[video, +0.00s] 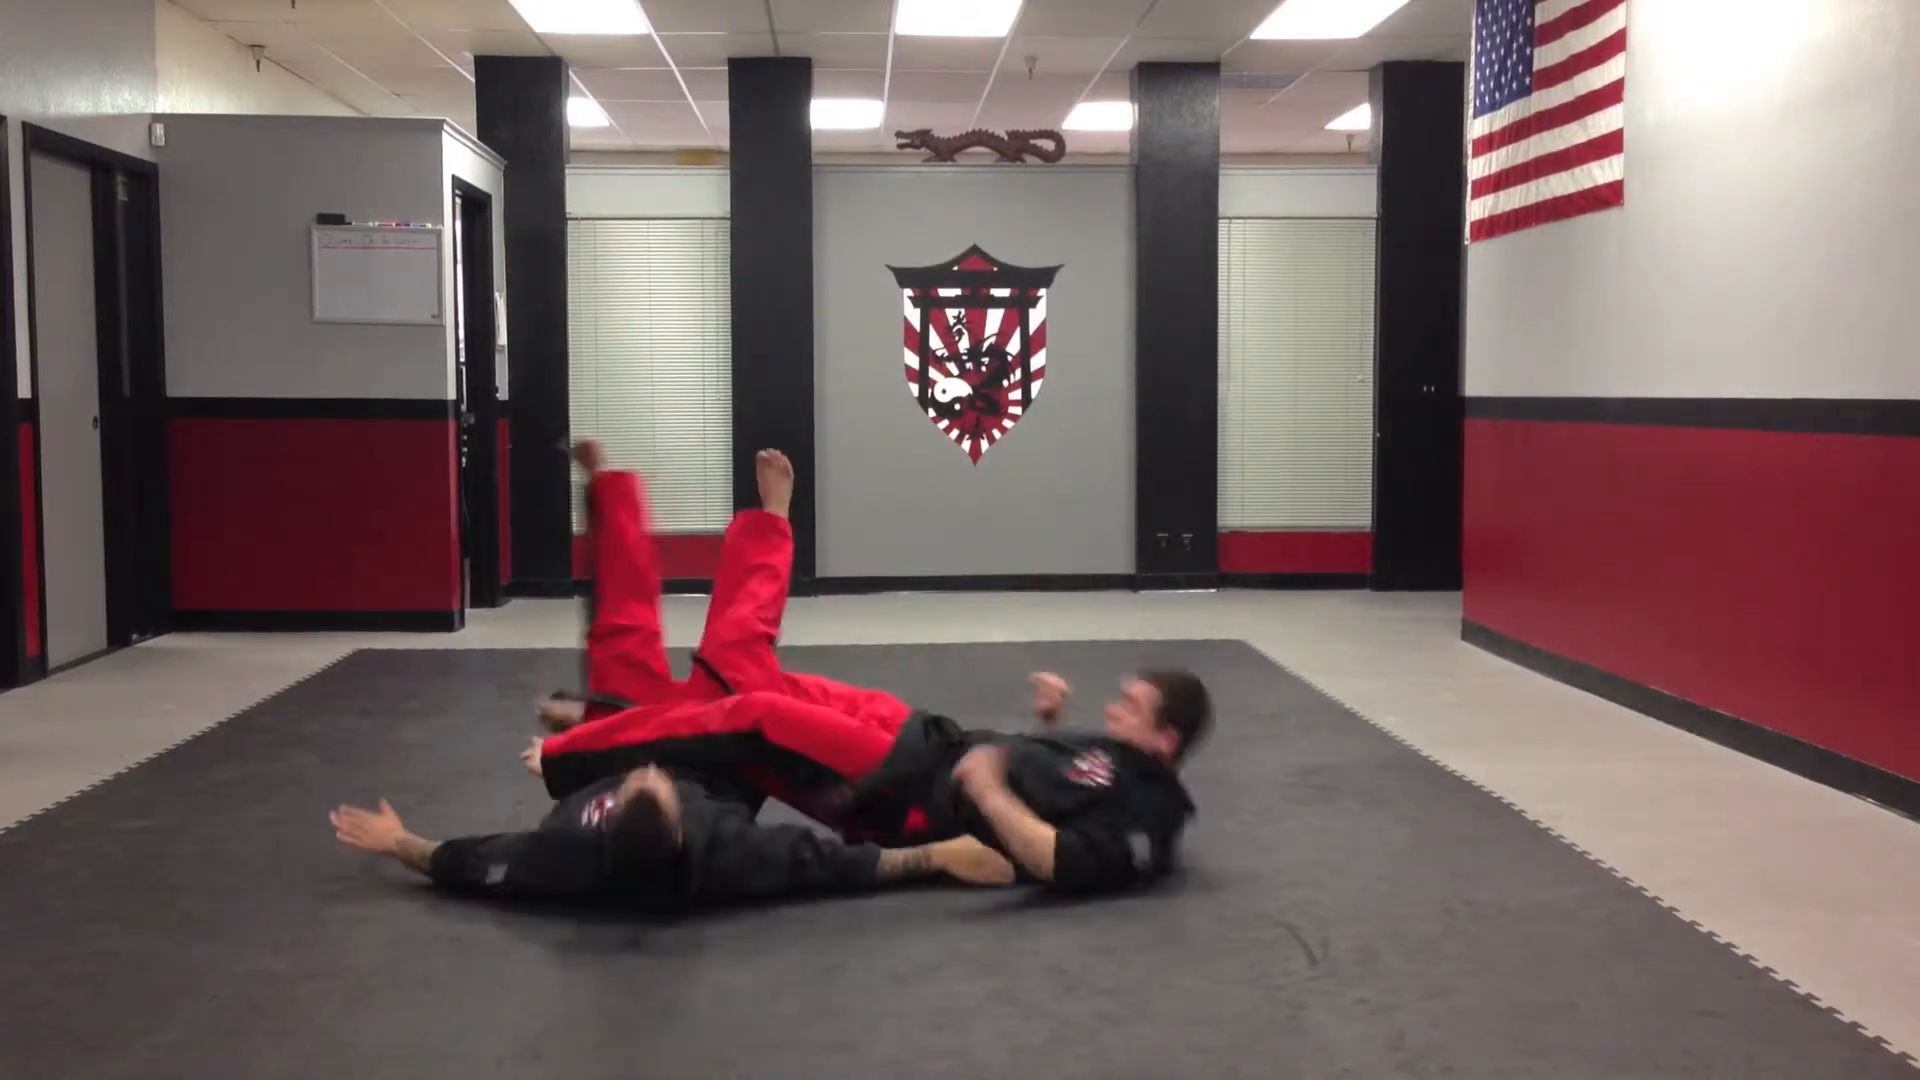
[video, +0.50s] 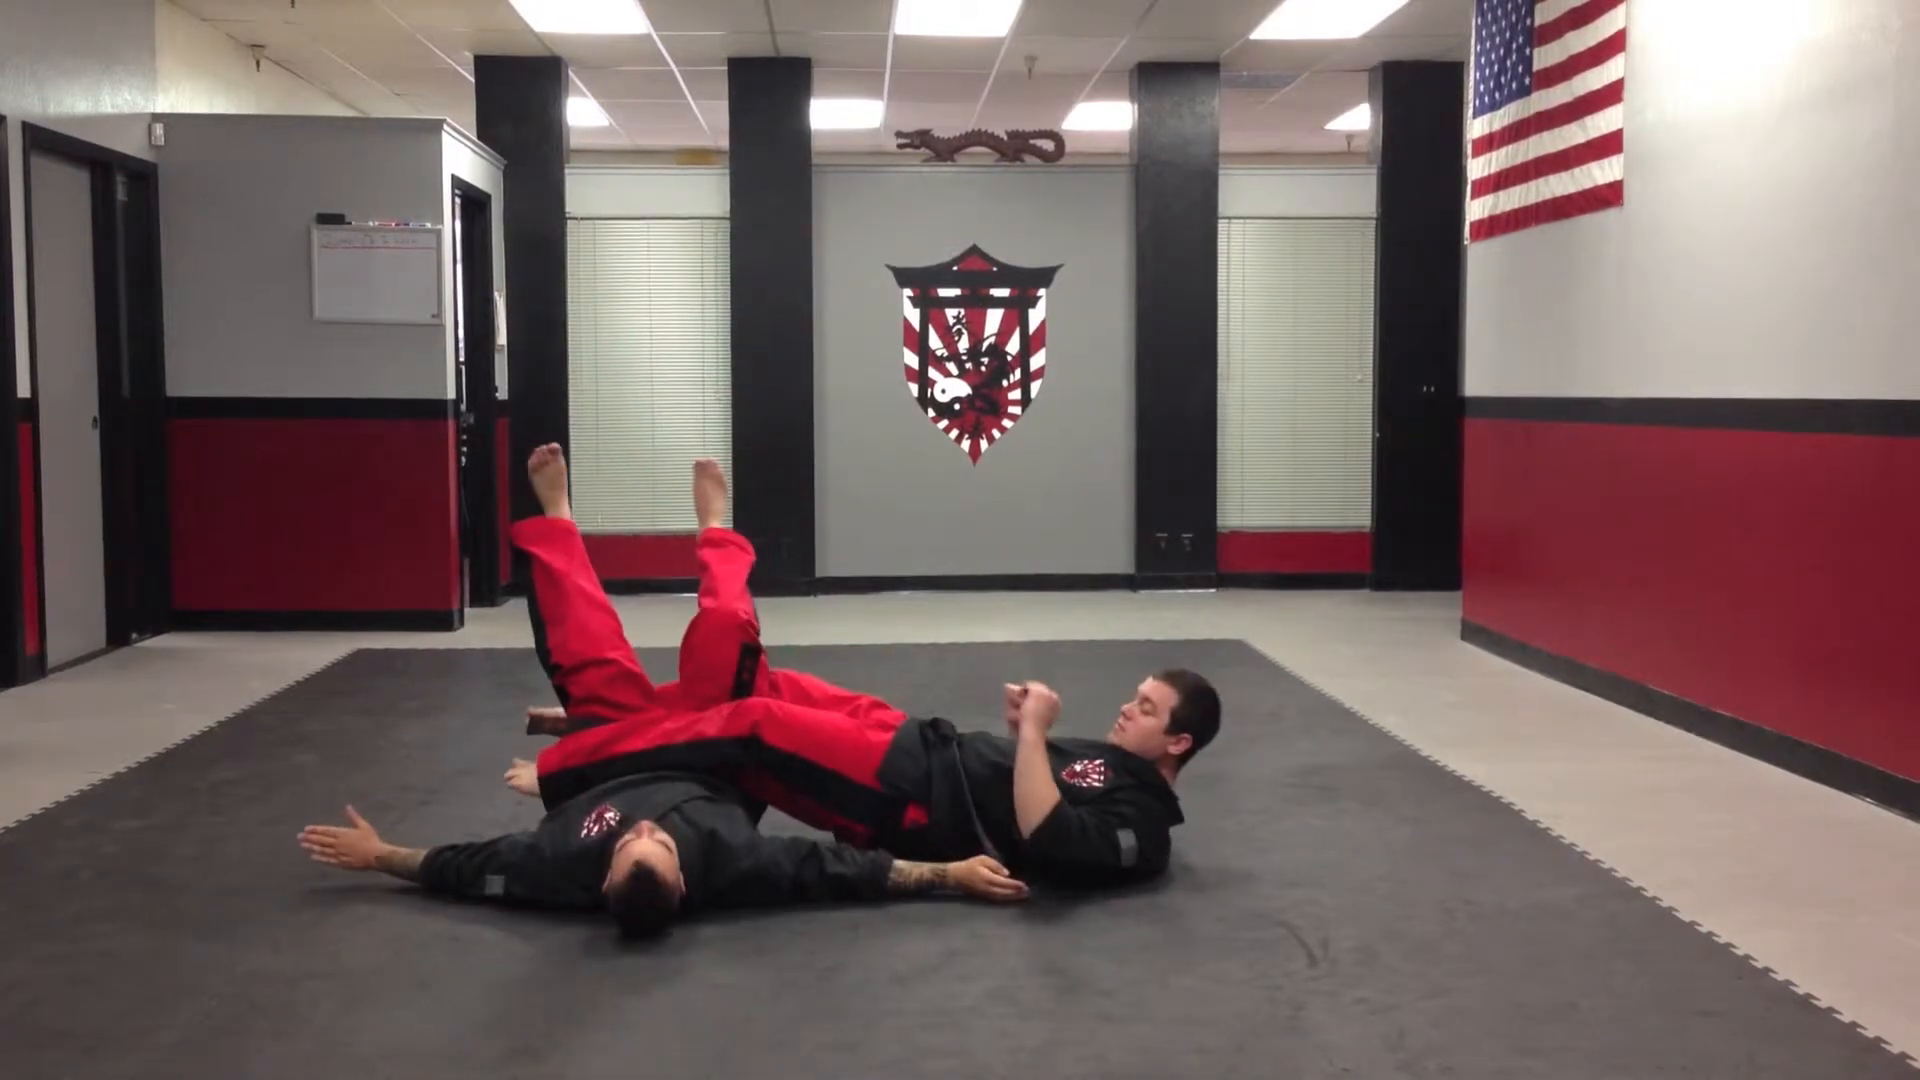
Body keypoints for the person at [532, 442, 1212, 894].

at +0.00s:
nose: (1114, 710)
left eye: (1131, 706)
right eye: (1122, 701)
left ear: (1166, 733)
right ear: (1147, 722)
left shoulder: (1146, 809)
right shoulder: (1116, 759)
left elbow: (1058, 863)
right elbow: (1044, 777)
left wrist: (992, 791)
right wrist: (1047, 723)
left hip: (913, 775)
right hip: (913, 732)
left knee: (756, 708)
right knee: (747, 690)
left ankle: (563, 757)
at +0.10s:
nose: (1144, 713)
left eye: (1164, 715)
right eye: (1153, 705)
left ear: (1191, 753)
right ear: (1160, 726)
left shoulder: (1156, 818)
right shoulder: (1121, 762)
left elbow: (1065, 867)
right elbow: (1036, 785)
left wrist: (1040, 757)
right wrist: (1071, 732)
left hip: (913, 778)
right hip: (908, 728)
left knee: (759, 714)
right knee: (748, 673)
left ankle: (569, 760)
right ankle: (768, 524)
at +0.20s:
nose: (1143, 716)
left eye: (1163, 716)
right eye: (1152, 707)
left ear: (1193, 754)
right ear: (1159, 726)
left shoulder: (1156, 818)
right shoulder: (1118, 766)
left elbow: (1070, 870)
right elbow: (1024, 793)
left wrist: (1047, 761)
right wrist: (1047, 746)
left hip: (910, 780)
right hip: (906, 731)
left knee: (763, 722)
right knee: (755, 687)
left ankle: (571, 763)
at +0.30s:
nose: (1137, 716)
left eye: (1157, 716)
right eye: (1145, 707)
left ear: (1186, 753)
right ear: (1149, 721)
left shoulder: (1150, 818)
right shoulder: (1111, 763)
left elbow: (1066, 869)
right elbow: (1018, 790)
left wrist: (1042, 760)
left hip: (913, 782)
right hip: (912, 737)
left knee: (767, 719)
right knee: (772, 687)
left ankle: (572, 765)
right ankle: (611, 733)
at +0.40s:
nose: (1131, 711)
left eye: (1150, 711)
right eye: (1139, 702)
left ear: (1181, 748)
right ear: (1146, 719)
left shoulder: (1144, 818)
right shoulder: (1106, 760)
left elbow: (1057, 859)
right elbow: (1015, 786)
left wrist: (1037, 748)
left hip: (911, 783)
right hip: (910, 738)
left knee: (763, 714)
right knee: (772, 678)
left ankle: (571, 764)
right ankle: (605, 726)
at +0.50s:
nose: (1127, 711)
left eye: (1147, 710)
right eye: (1134, 702)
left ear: (1178, 745)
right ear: (1138, 716)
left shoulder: (1142, 815)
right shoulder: (1104, 759)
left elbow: (1046, 841)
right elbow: (1025, 788)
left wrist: (1033, 737)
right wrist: (1025, 730)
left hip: (913, 785)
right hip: (908, 737)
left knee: (763, 714)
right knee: (768, 683)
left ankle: (570, 767)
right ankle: (601, 726)